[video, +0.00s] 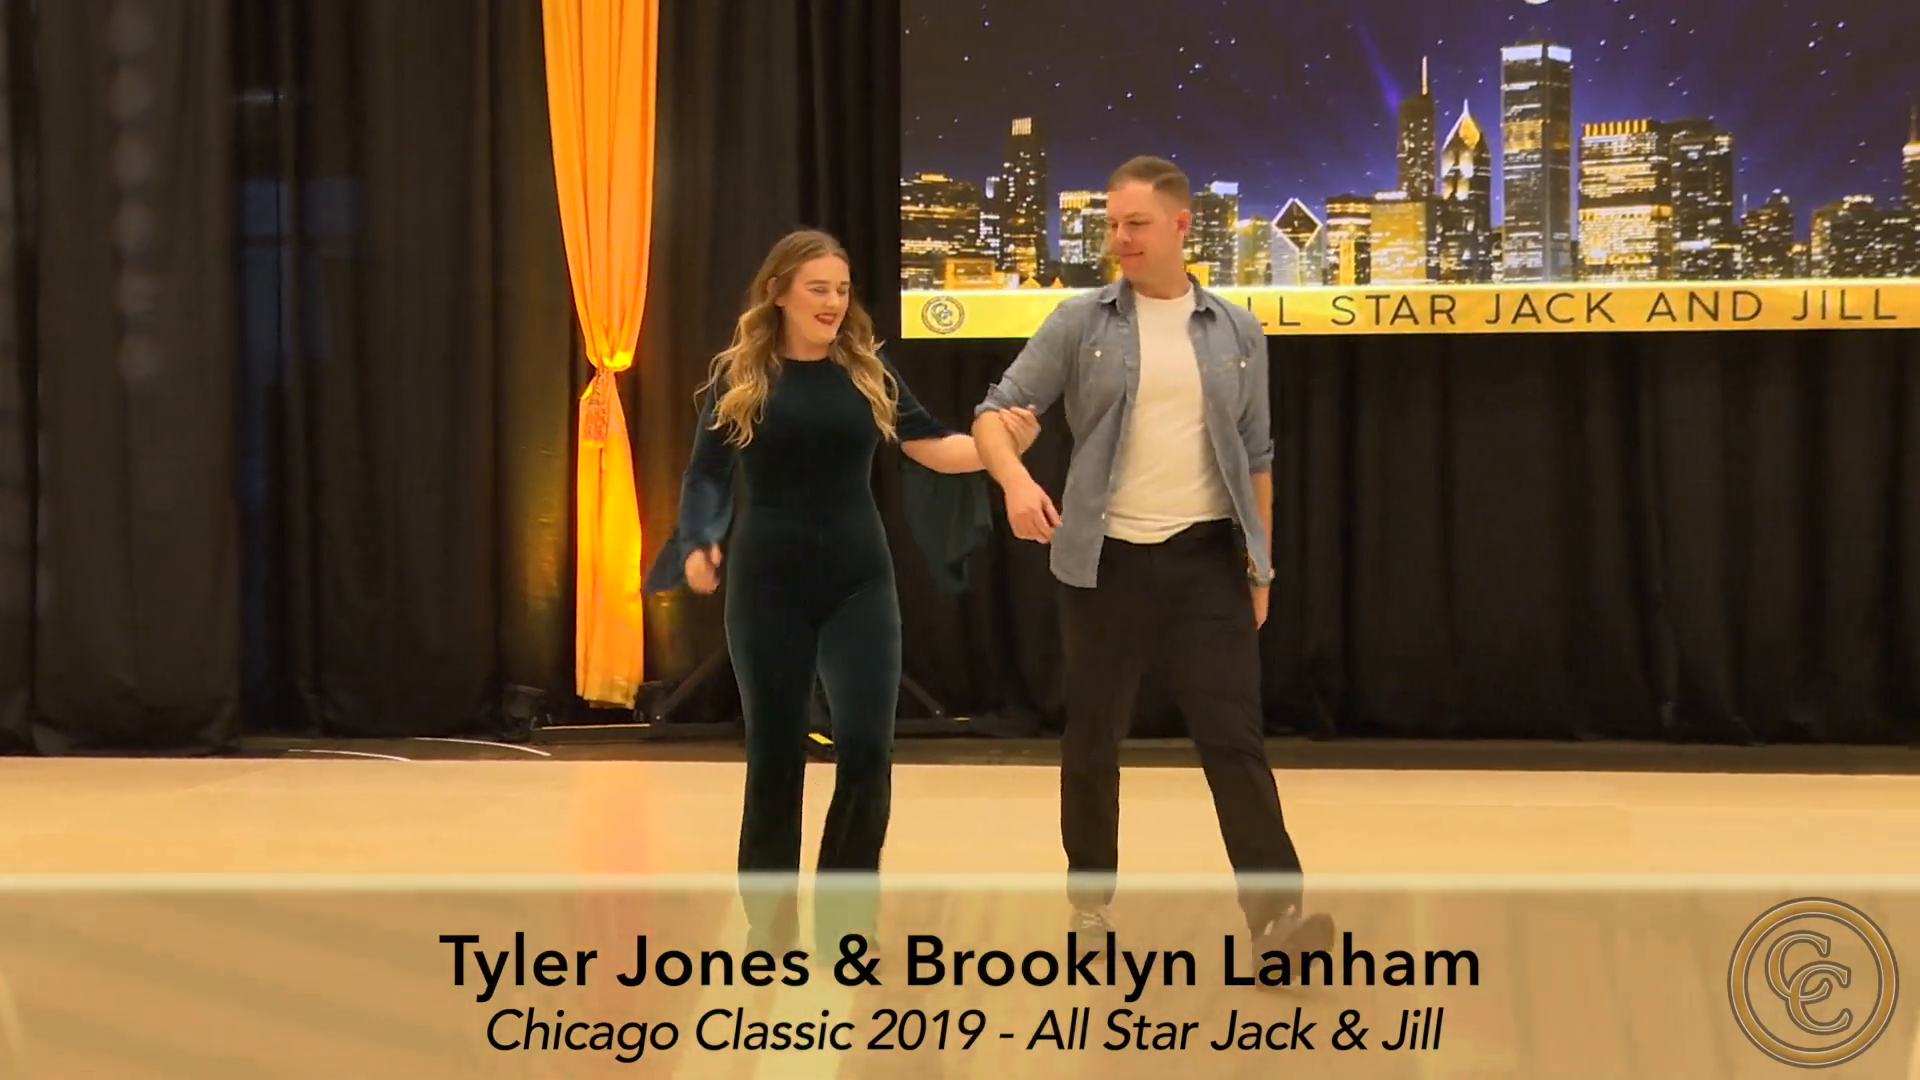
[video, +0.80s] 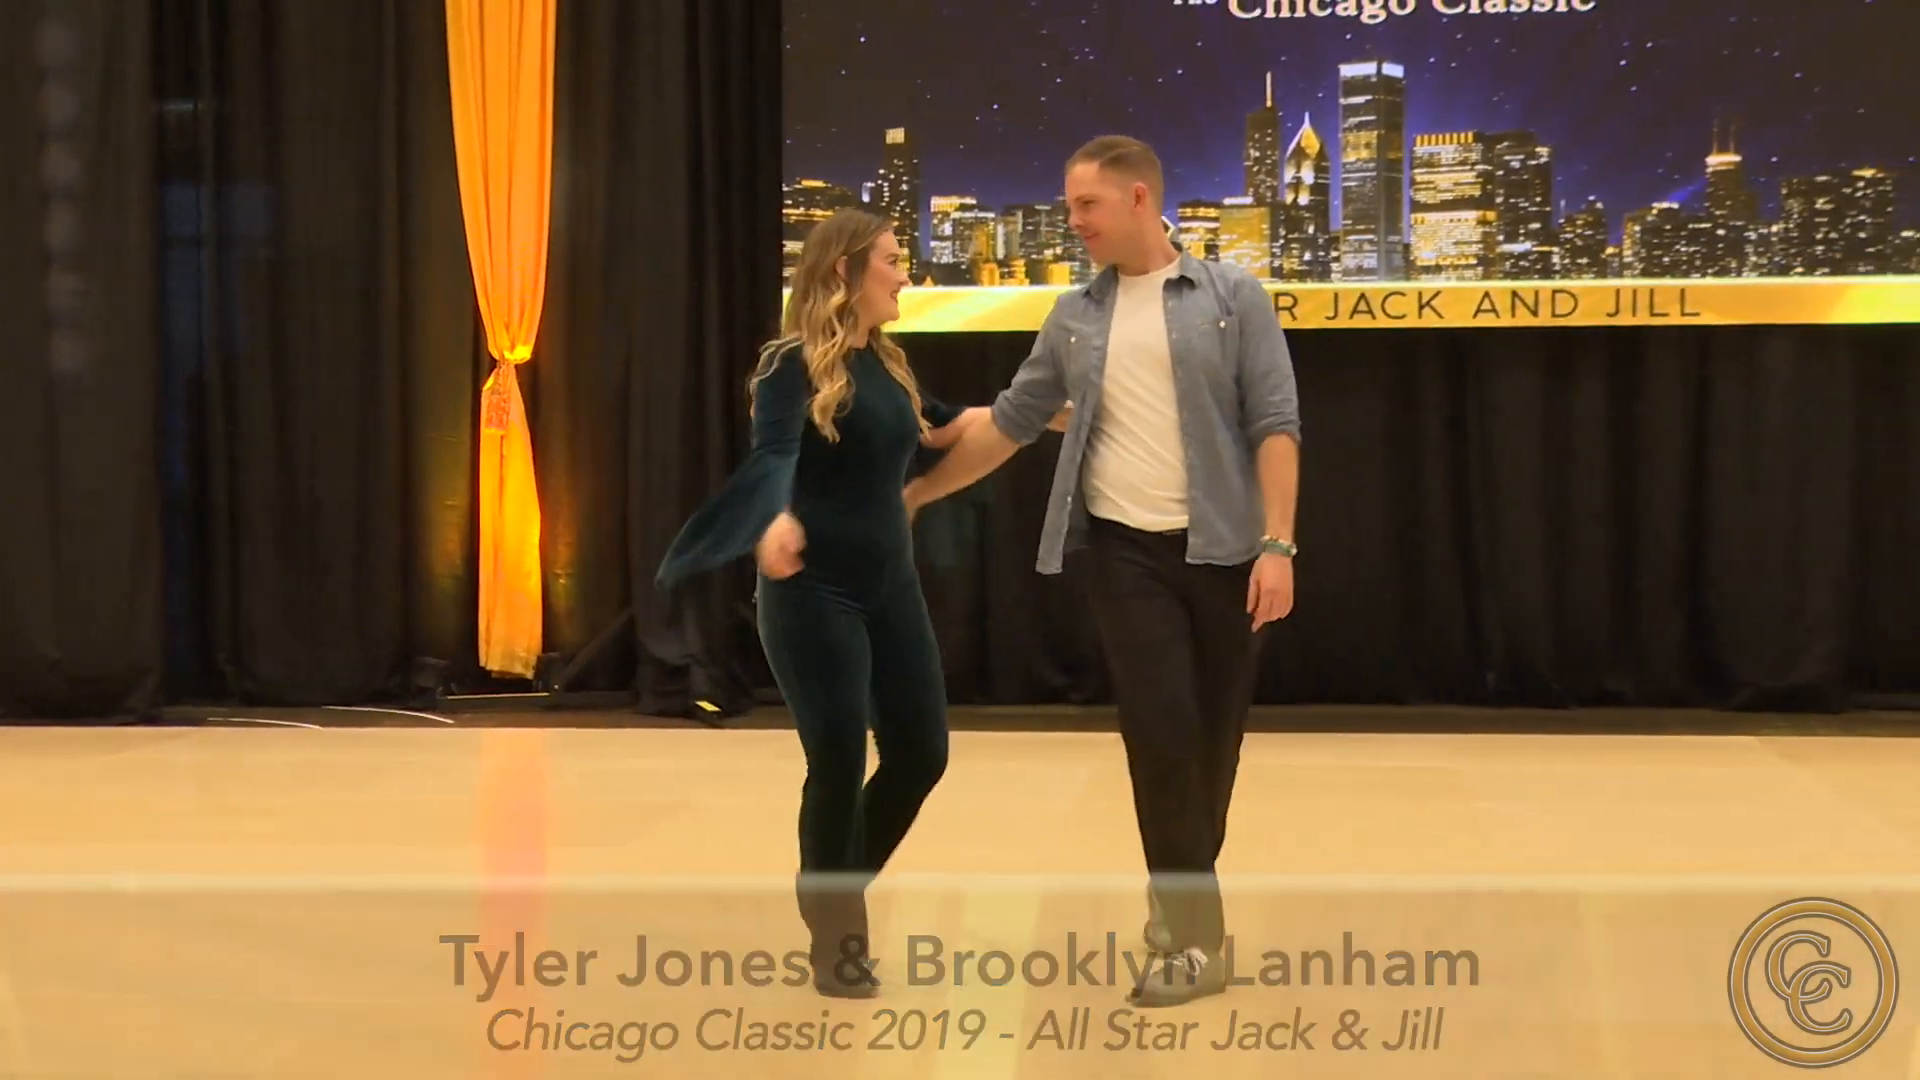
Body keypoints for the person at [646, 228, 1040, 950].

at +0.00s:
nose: (832, 301)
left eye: (841, 289)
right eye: (817, 288)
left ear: (850, 297)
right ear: (778, 292)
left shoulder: (868, 372)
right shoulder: (740, 373)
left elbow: (930, 445)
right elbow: (707, 472)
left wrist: (1001, 443)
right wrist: (698, 539)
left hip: (861, 585)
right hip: (765, 588)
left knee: (867, 759)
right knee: (774, 765)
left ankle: (845, 931)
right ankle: (768, 932)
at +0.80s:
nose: (904, 275)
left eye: (902, 262)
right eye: (892, 262)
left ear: (867, 273)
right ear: (846, 271)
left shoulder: (886, 364)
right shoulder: (793, 362)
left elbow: (928, 437)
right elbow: (773, 454)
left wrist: (1026, 418)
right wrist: (776, 516)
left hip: (892, 588)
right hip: (812, 589)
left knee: (918, 756)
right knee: (839, 759)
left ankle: (837, 896)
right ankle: (834, 938)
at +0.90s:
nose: (908, 267)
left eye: (903, 254)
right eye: (894, 254)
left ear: (868, 268)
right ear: (849, 267)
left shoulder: (886, 357)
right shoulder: (799, 355)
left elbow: (909, 451)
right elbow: (802, 449)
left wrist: (971, 418)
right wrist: (852, 474)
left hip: (893, 583)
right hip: (812, 587)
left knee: (929, 749)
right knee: (827, 760)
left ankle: (881, 928)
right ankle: (820, 941)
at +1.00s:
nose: (914, 264)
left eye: (910, 251)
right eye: (901, 251)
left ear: (875, 266)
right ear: (855, 264)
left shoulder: (897, 361)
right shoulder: (810, 355)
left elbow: (925, 474)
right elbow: (849, 448)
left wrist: (958, 431)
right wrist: (937, 430)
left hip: (903, 576)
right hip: (821, 578)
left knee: (919, 769)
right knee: (824, 763)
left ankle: (944, 954)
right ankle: (818, 948)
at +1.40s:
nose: (938, 260)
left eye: (934, 247)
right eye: (925, 247)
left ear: (883, 264)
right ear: (880, 262)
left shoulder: (913, 351)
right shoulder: (864, 346)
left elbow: (963, 470)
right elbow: (936, 425)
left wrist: (1025, 375)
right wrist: (1025, 356)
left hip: (939, 575)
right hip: (872, 578)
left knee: (936, 768)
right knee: (886, 765)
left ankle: (920, 953)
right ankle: (821, 956)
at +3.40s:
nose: (952, 281)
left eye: (950, 269)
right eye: (941, 270)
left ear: (911, 282)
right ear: (903, 282)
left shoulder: (905, 356)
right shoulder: (898, 363)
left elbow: (956, 413)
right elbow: (976, 447)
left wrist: (1003, 362)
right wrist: (1010, 378)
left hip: (892, 558)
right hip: (906, 563)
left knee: (894, 723)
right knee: (937, 715)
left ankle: (897, 887)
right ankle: (904, 903)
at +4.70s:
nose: (960, 276)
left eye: (959, 265)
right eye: (946, 264)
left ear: (926, 279)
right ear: (901, 273)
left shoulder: (914, 356)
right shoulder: (882, 352)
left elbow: (950, 452)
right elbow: (955, 428)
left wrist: (1013, 422)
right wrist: (1017, 366)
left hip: (905, 565)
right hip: (873, 568)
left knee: (937, 711)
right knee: (899, 729)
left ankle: (916, 889)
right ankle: (871, 910)